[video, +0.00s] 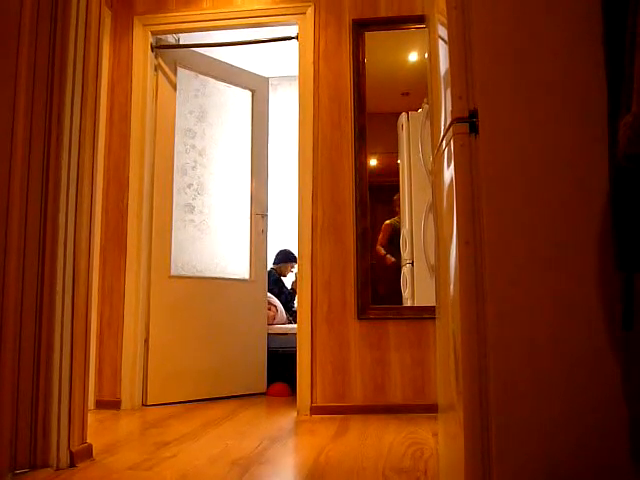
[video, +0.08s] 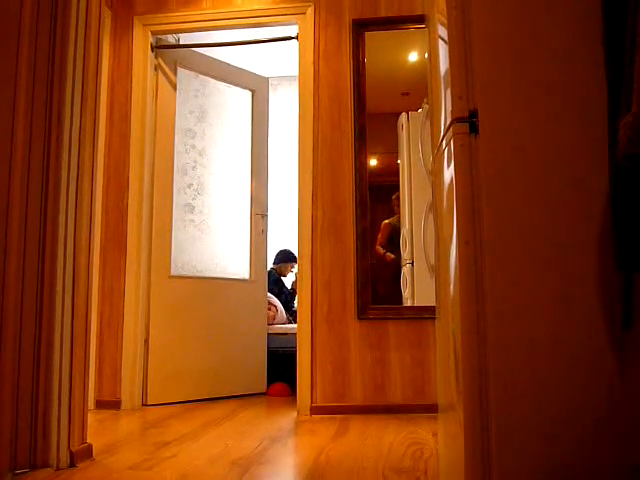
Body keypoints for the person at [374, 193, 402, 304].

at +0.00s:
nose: (401, 208)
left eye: (402, 205)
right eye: (399, 205)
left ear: (407, 206)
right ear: (396, 207)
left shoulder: (413, 223)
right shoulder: (390, 224)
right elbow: (380, 246)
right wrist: (386, 256)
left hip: (411, 265)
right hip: (395, 266)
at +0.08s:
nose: (399, 208)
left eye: (401, 204)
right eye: (397, 205)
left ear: (406, 205)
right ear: (394, 206)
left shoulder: (413, 222)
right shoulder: (388, 224)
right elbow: (379, 246)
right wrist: (386, 254)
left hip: (410, 264)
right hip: (395, 265)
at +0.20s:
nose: (395, 205)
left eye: (397, 202)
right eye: (393, 202)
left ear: (402, 202)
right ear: (389, 202)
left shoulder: (407, 218)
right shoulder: (384, 220)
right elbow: (377, 243)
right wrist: (386, 249)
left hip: (406, 258)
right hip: (390, 259)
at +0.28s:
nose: (395, 208)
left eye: (397, 203)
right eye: (391, 204)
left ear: (401, 204)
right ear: (387, 205)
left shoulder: (407, 222)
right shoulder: (381, 224)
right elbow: (373, 250)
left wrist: (403, 249)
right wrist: (388, 250)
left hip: (408, 268)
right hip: (390, 269)